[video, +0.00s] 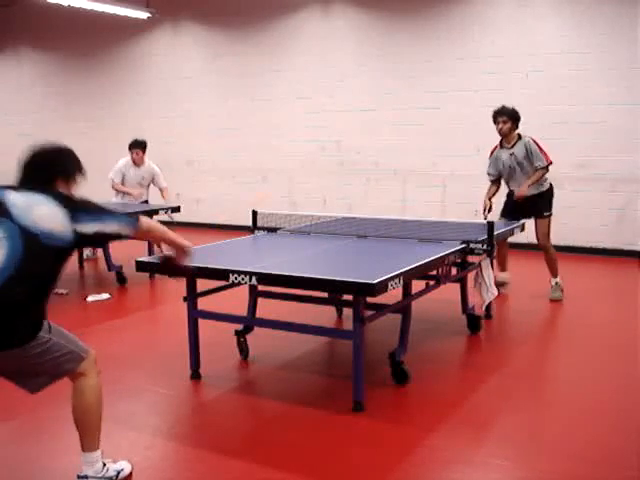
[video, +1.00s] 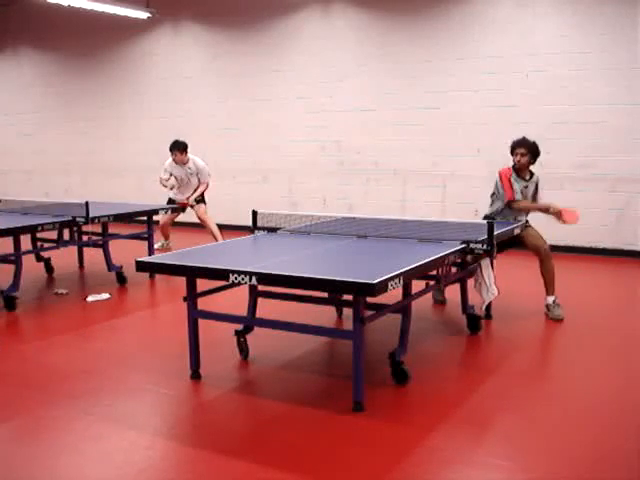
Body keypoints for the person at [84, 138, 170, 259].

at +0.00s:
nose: (134, 156)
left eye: (137, 153)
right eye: (132, 153)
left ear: (143, 153)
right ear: (129, 153)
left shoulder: (151, 168)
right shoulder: (123, 165)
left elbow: (162, 187)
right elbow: (114, 184)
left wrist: (167, 200)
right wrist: (131, 192)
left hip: (142, 204)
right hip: (122, 203)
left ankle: (160, 251)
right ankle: (94, 248)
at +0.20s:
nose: (145, 164)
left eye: (147, 161)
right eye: (142, 161)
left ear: (152, 161)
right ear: (137, 161)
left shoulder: (158, 172)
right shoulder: (130, 170)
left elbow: (175, 188)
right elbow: (122, 190)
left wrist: (183, 201)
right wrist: (136, 200)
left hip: (150, 202)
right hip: (132, 201)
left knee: (154, 221)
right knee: (115, 224)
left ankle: (164, 252)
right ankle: (95, 248)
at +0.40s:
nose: (146, 153)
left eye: (148, 150)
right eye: (143, 151)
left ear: (153, 146)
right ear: (141, 150)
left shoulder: (163, 154)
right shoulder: (141, 160)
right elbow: (131, 177)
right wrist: (128, 175)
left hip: (165, 195)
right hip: (147, 194)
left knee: (156, 219)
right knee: (126, 218)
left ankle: (165, 250)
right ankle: (121, 242)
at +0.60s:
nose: (144, 148)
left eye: (147, 145)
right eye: (143, 145)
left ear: (155, 144)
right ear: (141, 145)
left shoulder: (168, 155)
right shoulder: (143, 156)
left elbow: (168, 175)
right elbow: (134, 166)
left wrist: (141, 173)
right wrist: (128, 174)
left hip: (176, 189)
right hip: (159, 190)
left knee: (179, 215)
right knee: (147, 217)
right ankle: (145, 245)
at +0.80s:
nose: (155, 151)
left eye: (158, 148)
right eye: (154, 148)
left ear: (166, 147)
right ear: (155, 148)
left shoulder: (179, 160)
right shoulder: (159, 161)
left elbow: (181, 184)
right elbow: (156, 176)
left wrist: (160, 189)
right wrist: (149, 189)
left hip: (186, 195)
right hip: (168, 194)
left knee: (195, 220)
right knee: (151, 215)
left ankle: (217, 245)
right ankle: (146, 244)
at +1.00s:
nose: (173, 158)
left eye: (175, 155)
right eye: (172, 155)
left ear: (184, 154)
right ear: (171, 154)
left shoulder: (198, 164)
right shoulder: (169, 165)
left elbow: (204, 183)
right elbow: (163, 179)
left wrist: (193, 197)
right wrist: (168, 184)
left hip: (195, 194)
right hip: (177, 196)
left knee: (202, 216)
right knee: (163, 222)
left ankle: (221, 242)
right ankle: (166, 241)